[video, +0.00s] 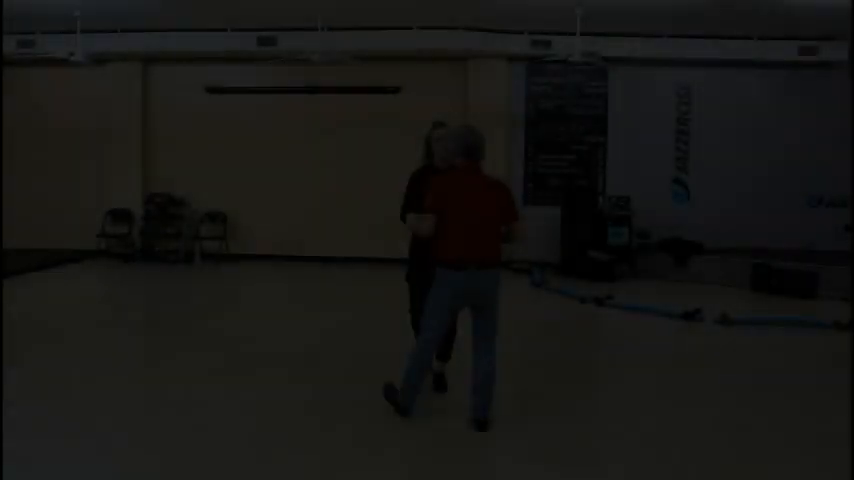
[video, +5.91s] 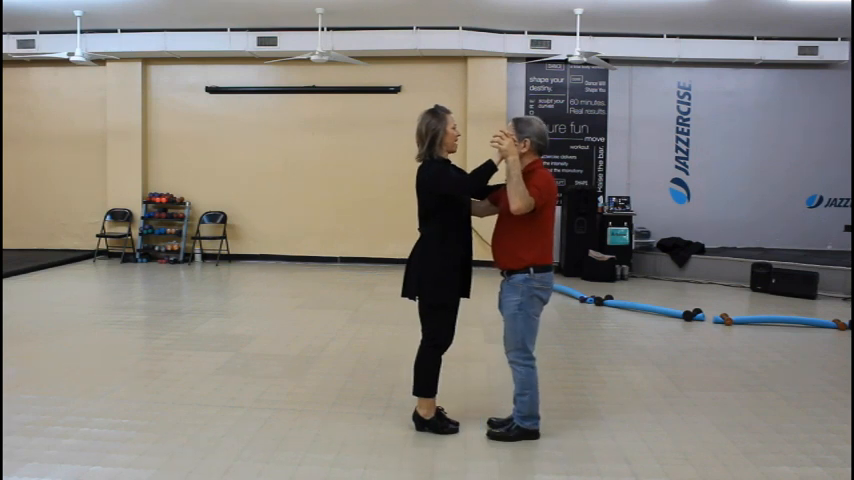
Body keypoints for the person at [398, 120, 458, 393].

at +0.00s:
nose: (441, 149)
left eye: (446, 142)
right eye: (436, 142)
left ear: (455, 147)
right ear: (428, 147)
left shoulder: (463, 178)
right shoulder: (420, 177)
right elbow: (407, 215)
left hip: (452, 258)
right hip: (422, 257)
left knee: (447, 316)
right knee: (419, 313)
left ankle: (440, 369)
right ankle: (424, 366)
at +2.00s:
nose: (436, 140)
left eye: (436, 134)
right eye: (430, 135)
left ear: (424, 137)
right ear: (413, 137)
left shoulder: (421, 172)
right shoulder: (402, 174)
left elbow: (448, 206)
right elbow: (423, 214)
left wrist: (491, 212)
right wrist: (444, 187)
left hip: (427, 270)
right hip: (411, 271)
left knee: (424, 336)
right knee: (413, 336)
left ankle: (408, 402)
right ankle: (399, 408)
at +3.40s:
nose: (449, 134)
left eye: (448, 128)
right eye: (444, 129)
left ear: (430, 135)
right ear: (428, 135)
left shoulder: (438, 170)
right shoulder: (424, 171)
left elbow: (478, 183)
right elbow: (457, 186)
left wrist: (515, 172)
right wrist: (484, 159)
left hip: (439, 268)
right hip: (430, 270)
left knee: (438, 334)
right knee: (440, 336)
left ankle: (426, 405)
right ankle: (425, 410)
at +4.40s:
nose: (444, 134)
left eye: (442, 128)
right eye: (439, 129)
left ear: (425, 132)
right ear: (424, 133)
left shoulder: (426, 168)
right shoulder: (420, 170)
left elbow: (451, 202)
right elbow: (450, 187)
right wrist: (476, 157)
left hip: (434, 267)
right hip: (428, 269)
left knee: (436, 337)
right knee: (433, 338)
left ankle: (426, 406)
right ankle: (423, 411)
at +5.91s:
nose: (458, 133)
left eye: (456, 128)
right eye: (453, 128)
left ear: (439, 133)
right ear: (438, 133)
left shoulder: (440, 168)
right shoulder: (434, 170)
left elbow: (473, 197)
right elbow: (468, 186)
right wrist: (496, 160)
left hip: (441, 267)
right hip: (437, 268)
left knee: (437, 338)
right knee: (435, 339)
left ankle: (426, 408)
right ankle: (424, 411)